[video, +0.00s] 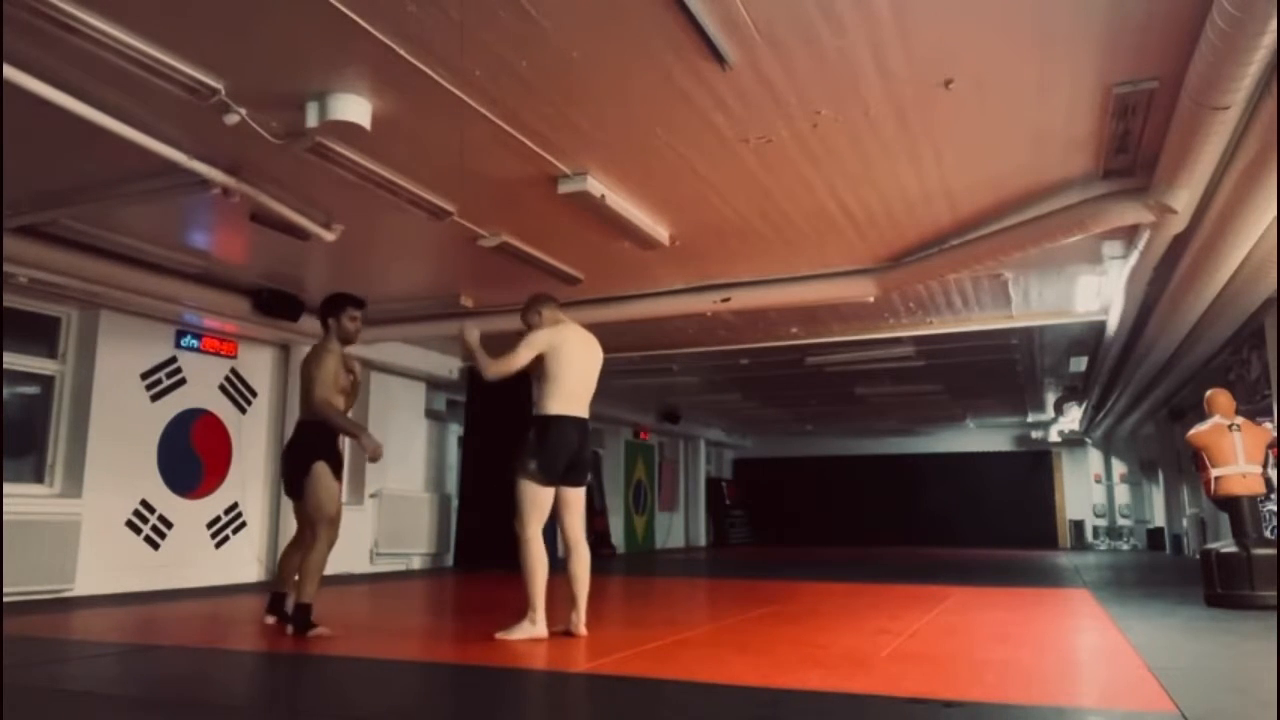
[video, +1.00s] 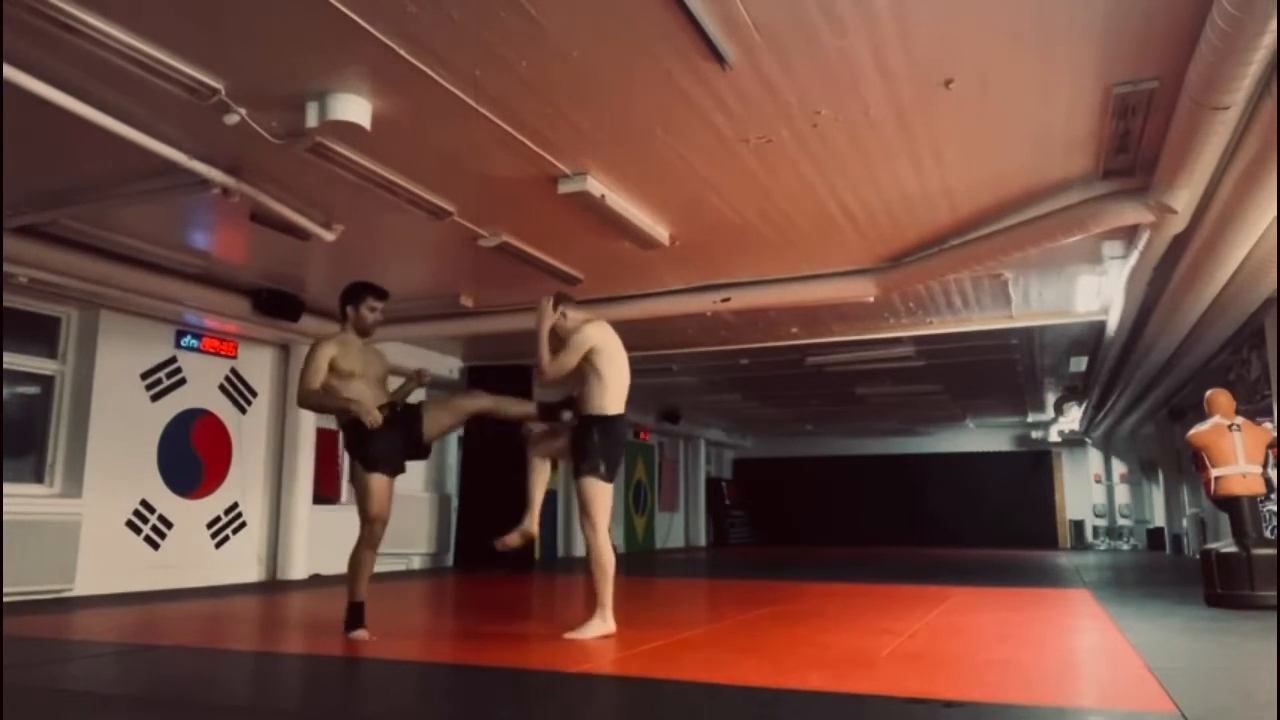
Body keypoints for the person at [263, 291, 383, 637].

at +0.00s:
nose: (358, 326)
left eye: (360, 320)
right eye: (352, 319)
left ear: (343, 324)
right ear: (332, 321)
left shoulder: (331, 355)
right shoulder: (328, 353)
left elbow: (340, 411)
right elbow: (320, 404)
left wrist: (355, 380)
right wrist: (362, 434)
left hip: (310, 447)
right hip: (316, 448)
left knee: (307, 532)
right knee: (325, 531)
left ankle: (278, 602)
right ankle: (302, 614)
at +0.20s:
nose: (364, 322)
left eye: (365, 316)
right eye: (358, 314)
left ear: (346, 318)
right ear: (338, 315)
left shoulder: (341, 354)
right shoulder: (325, 348)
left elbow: (346, 405)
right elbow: (299, 390)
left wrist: (364, 383)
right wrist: (336, 415)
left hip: (313, 444)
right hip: (317, 443)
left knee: (303, 527)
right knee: (341, 524)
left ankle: (262, 602)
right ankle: (307, 609)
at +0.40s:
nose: (367, 331)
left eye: (369, 324)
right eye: (361, 324)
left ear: (355, 327)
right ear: (339, 324)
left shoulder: (356, 367)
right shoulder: (322, 359)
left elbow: (366, 417)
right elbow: (294, 408)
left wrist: (386, 382)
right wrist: (338, 424)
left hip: (336, 457)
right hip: (322, 455)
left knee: (298, 538)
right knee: (362, 528)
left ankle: (257, 611)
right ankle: (343, 622)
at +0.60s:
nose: (372, 318)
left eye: (375, 311)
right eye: (366, 310)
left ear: (372, 315)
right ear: (345, 311)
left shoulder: (363, 355)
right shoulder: (327, 346)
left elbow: (375, 404)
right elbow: (309, 395)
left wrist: (398, 373)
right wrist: (358, 408)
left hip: (360, 441)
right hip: (331, 439)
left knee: (408, 503)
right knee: (351, 523)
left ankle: (345, 556)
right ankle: (341, 620)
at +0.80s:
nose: (380, 316)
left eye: (383, 310)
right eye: (374, 308)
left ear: (381, 313)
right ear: (353, 308)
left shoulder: (372, 355)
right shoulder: (328, 342)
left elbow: (385, 405)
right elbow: (312, 387)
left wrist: (410, 378)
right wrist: (362, 396)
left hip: (383, 430)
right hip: (352, 437)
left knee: (448, 399)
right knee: (360, 528)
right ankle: (345, 622)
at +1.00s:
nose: (377, 318)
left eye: (380, 312)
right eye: (372, 311)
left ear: (377, 315)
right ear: (350, 309)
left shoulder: (375, 355)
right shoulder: (327, 348)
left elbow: (385, 407)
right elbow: (306, 396)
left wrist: (411, 384)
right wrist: (353, 406)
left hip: (401, 424)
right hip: (371, 439)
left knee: (477, 400)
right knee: (373, 529)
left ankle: (553, 411)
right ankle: (355, 618)